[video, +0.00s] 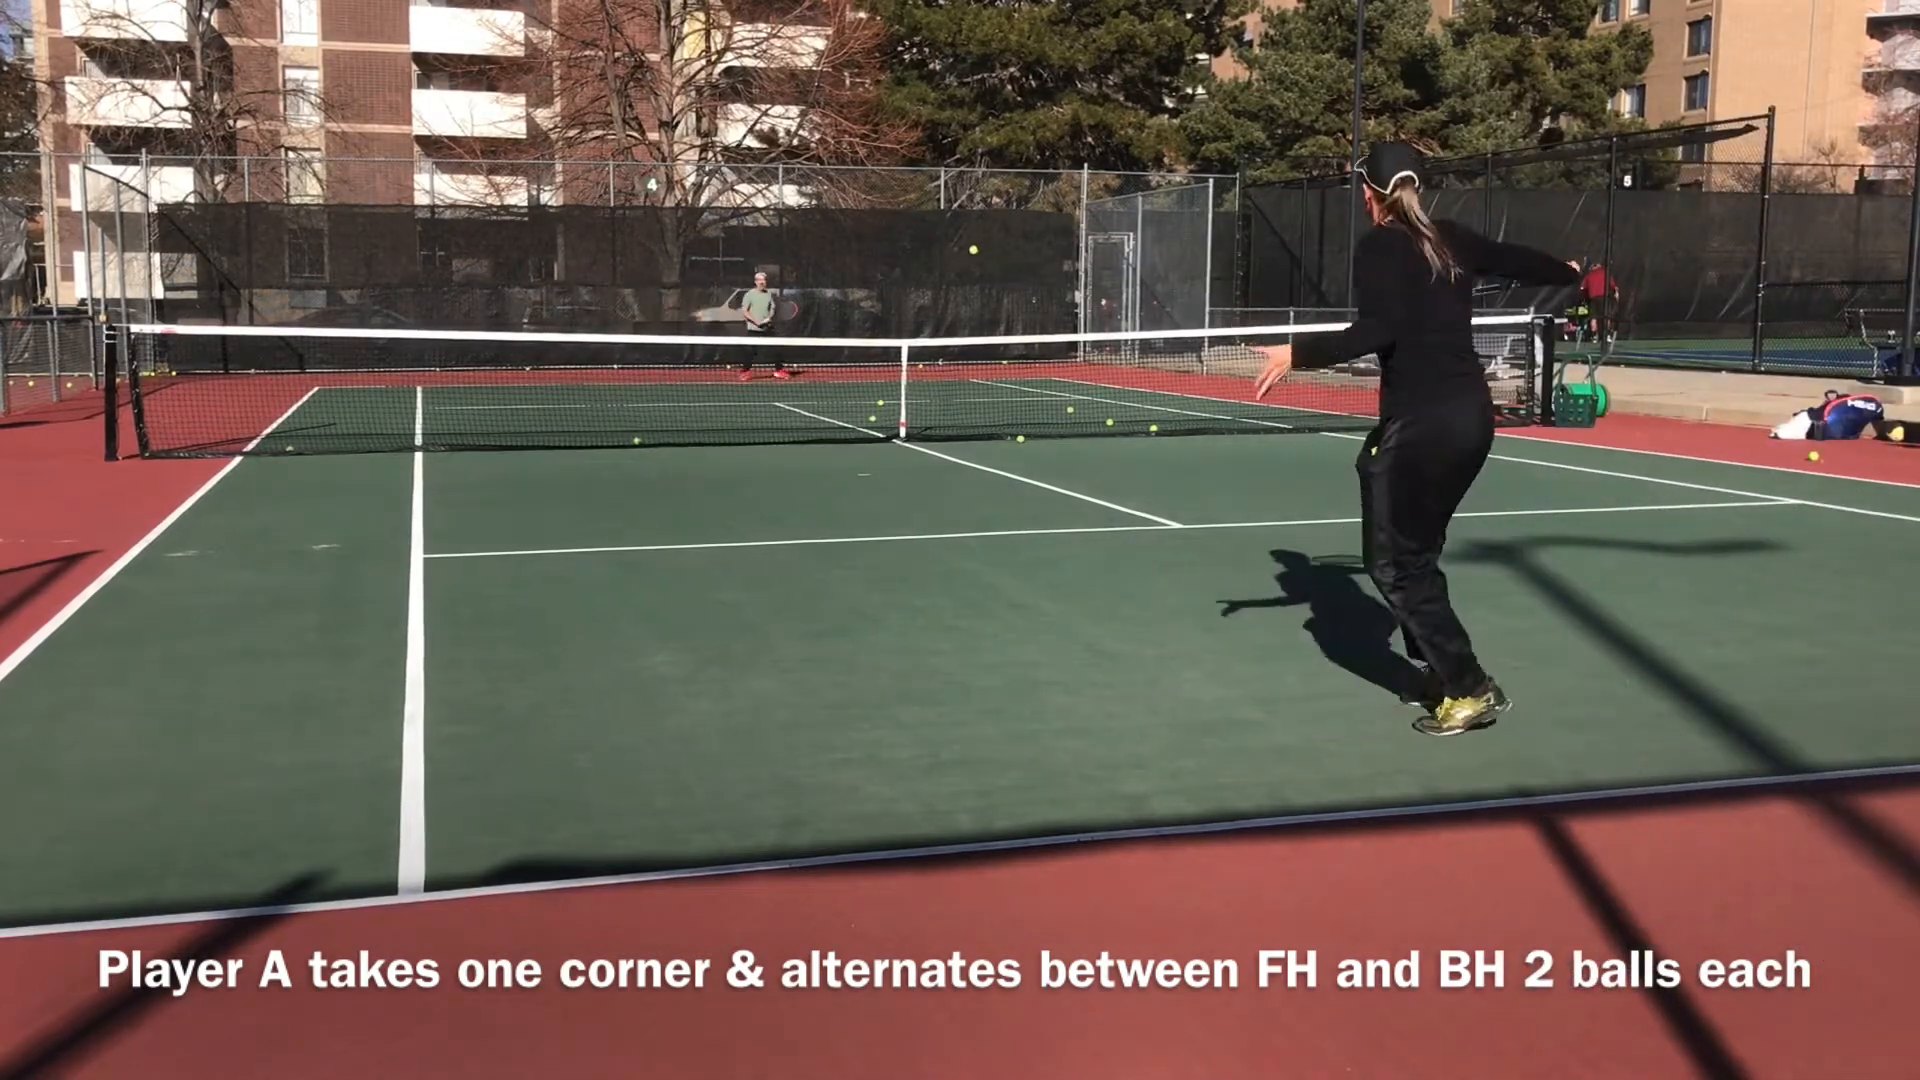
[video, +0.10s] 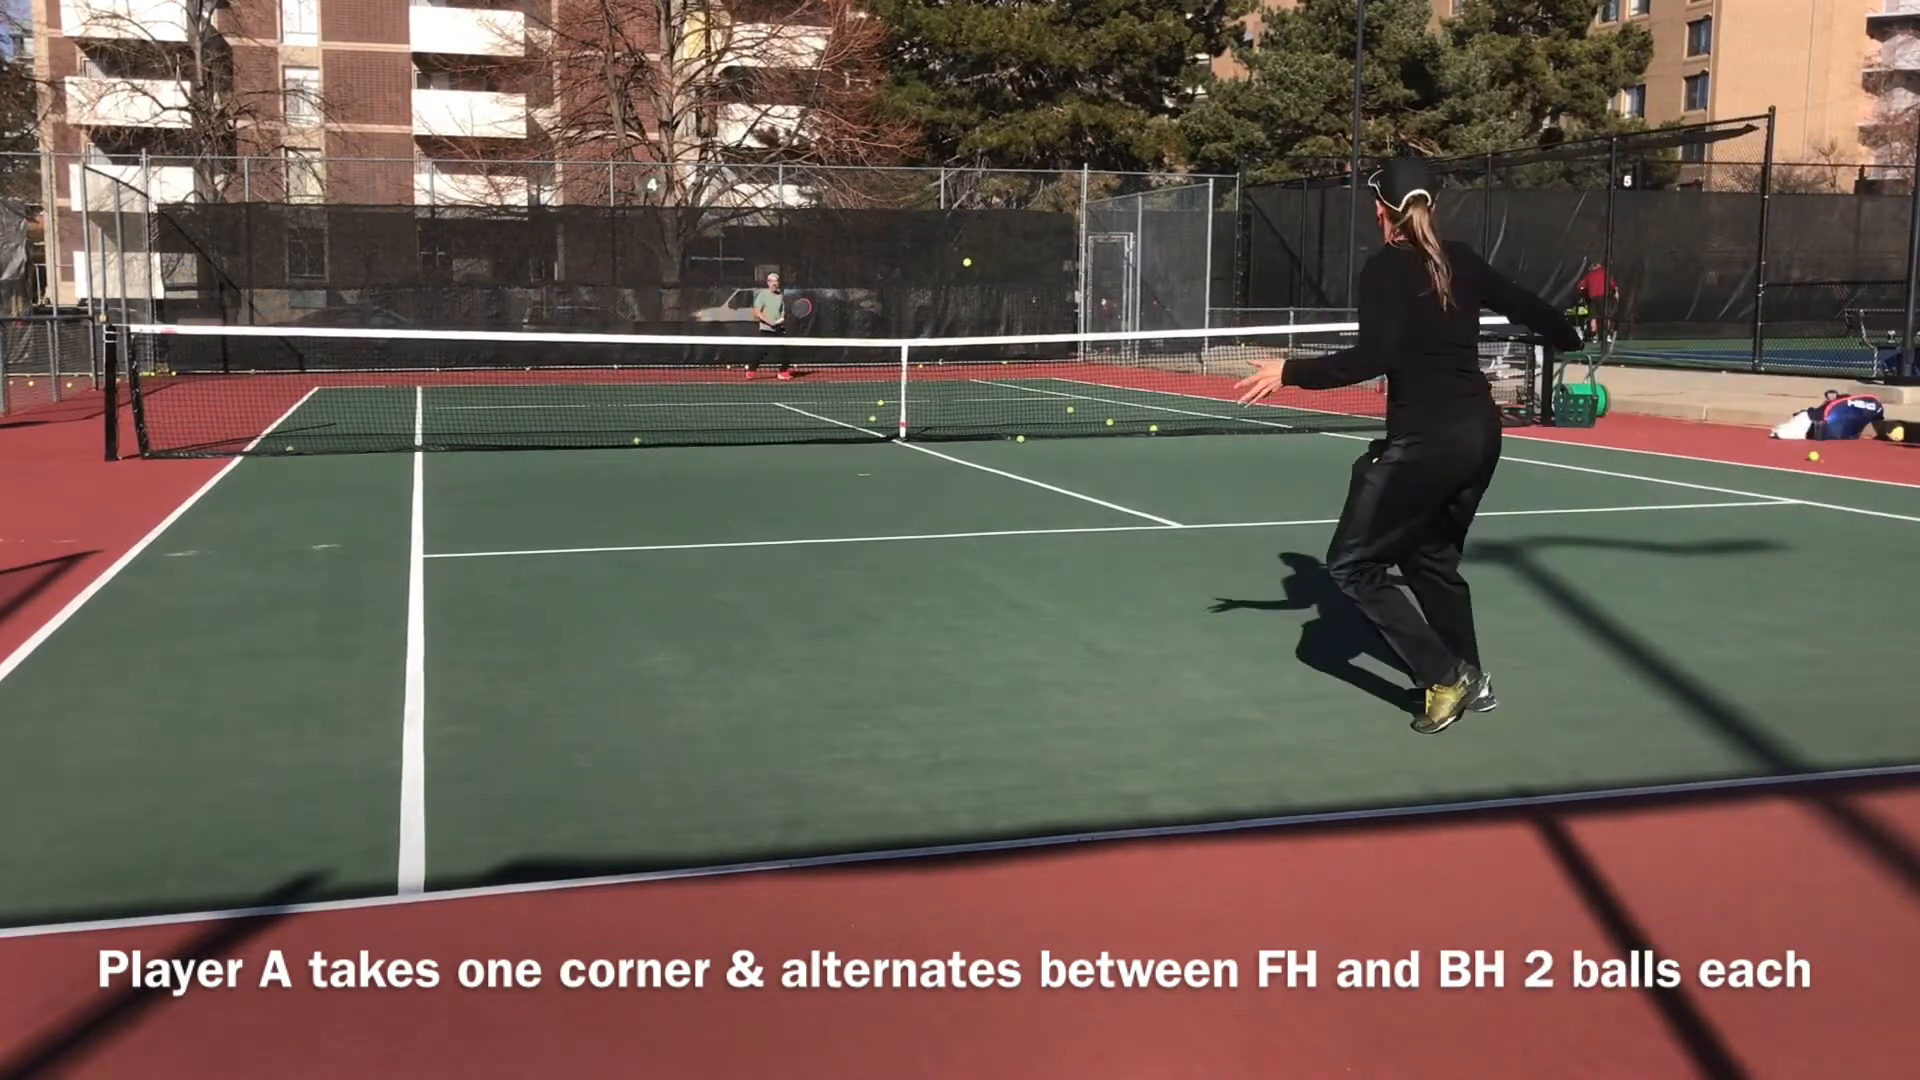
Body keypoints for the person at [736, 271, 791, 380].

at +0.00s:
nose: (761, 282)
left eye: (763, 280)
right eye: (759, 280)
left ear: (766, 281)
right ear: (755, 281)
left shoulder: (768, 294)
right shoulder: (749, 295)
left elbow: (772, 307)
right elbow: (744, 311)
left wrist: (769, 318)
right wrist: (756, 322)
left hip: (767, 326)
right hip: (753, 327)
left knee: (777, 347)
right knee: (751, 349)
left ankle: (778, 369)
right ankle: (746, 370)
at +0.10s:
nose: (774, 283)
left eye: (776, 281)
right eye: (772, 281)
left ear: (779, 283)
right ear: (768, 283)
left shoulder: (780, 296)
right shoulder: (763, 295)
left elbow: (783, 310)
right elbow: (757, 312)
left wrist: (780, 319)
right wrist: (769, 322)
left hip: (778, 327)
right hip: (765, 327)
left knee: (783, 349)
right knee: (761, 349)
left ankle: (783, 370)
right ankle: (752, 369)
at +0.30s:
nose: (797, 286)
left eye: (799, 284)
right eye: (795, 284)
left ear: (801, 286)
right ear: (790, 285)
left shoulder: (797, 298)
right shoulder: (786, 297)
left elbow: (797, 313)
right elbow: (785, 315)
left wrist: (801, 321)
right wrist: (796, 325)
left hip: (794, 329)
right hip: (784, 330)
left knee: (803, 349)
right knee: (783, 351)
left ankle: (802, 368)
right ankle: (775, 370)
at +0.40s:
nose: (809, 289)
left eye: (811, 287)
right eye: (807, 287)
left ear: (812, 288)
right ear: (802, 287)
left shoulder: (807, 300)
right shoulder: (798, 299)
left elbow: (805, 315)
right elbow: (798, 316)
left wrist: (811, 323)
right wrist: (808, 327)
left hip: (803, 331)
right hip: (794, 332)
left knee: (813, 350)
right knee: (792, 354)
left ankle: (816, 370)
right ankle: (778, 366)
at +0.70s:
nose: (839, 296)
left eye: (840, 294)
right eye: (837, 293)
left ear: (841, 295)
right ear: (832, 294)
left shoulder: (827, 304)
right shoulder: (831, 305)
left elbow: (829, 322)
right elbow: (832, 322)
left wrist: (836, 332)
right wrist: (838, 333)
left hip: (821, 334)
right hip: (825, 334)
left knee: (833, 354)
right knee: (844, 347)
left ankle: (820, 370)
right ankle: (848, 370)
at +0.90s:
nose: (862, 300)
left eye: (862, 298)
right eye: (859, 298)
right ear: (854, 298)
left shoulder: (847, 308)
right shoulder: (852, 309)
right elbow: (855, 328)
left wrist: (853, 331)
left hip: (840, 337)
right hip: (846, 337)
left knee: (840, 358)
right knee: (862, 352)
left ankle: (822, 368)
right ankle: (871, 371)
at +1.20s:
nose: (892, 307)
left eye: (892, 305)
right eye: (890, 304)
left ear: (887, 305)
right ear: (883, 304)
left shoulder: (887, 316)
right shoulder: (875, 311)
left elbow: (893, 328)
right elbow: (877, 326)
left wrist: (898, 330)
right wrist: (890, 328)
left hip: (869, 338)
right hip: (862, 337)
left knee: (860, 364)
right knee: (877, 351)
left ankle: (837, 368)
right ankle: (876, 374)